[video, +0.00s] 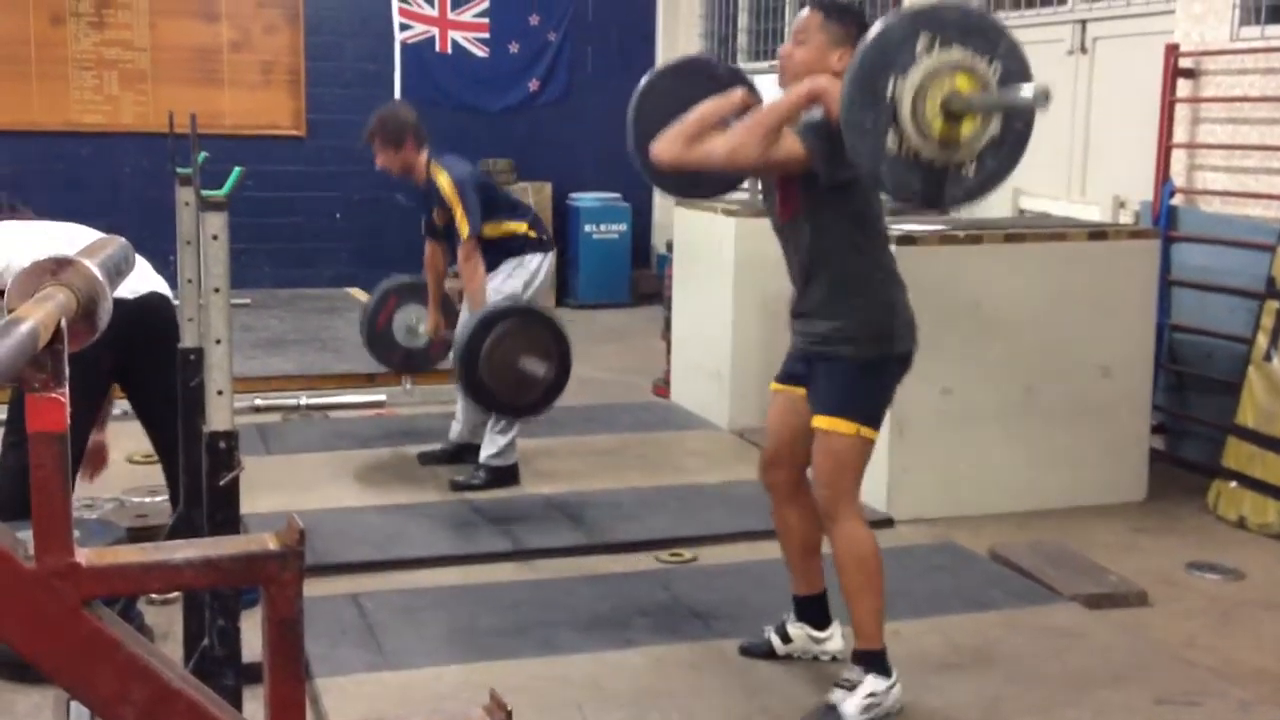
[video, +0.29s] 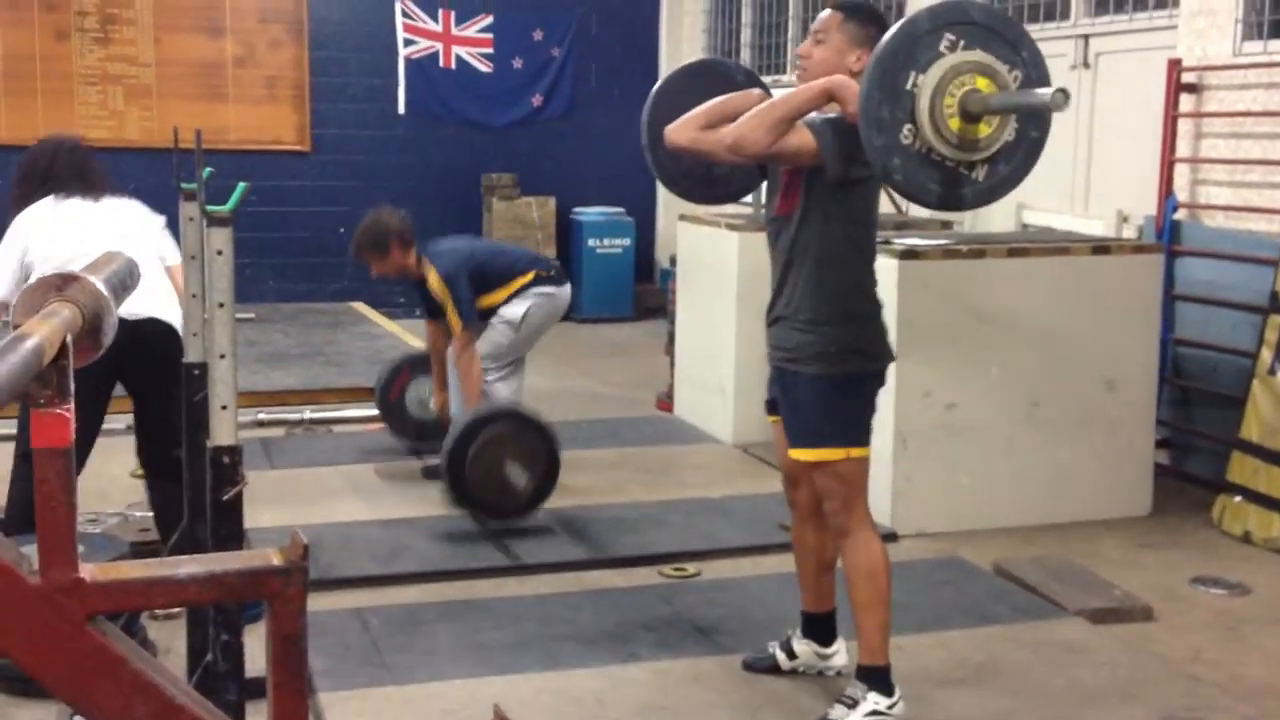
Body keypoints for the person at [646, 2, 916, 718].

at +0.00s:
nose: (783, 50)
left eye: (799, 39)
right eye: (788, 38)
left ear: (839, 57)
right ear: (796, 55)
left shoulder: (838, 125)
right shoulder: (779, 122)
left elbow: (738, 155)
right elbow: (666, 152)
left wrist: (803, 93)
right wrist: (734, 98)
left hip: (864, 334)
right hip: (813, 330)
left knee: (834, 492)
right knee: (780, 474)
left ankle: (875, 669)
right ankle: (813, 624)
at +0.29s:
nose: (800, 51)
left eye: (817, 39)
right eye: (806, 39)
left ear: (856, 58)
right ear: (835, 57)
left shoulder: (849, 132)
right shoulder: (797, 135)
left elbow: (747, 141)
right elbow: (681, 134)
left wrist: (827, 87)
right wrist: (772, 95)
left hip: (836, 350)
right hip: (794, 346)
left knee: (847, 513)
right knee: (804, 497)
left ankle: (878, 685)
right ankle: (819, 643)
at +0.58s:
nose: (812, 63)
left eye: (830, 52)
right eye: (819, 52)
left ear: (870, 74)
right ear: (840, 74)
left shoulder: (859, 145)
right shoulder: (803, 146)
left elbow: (757, 149)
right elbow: (691, 140)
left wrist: (842, 98)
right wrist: (786, 108)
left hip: (834, 365)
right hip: (788, 361)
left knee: (851, 525)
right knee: (806, 511)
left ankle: (878, 699)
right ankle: (817, 655)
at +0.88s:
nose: (815, 73)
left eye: (832, 63)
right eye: (821, 62)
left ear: (874, 84)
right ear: (846, 85)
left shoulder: (865, 153)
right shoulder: (811, 154)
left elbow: (762, 167)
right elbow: (696, 157)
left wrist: (842, 111)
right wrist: (793, 119)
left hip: (838, 374)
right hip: (792, 370)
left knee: (851, 533)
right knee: (806, 519)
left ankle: (873, 702)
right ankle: (814, 660)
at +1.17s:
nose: (811, 79)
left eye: (827, 68)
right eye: (815, 68)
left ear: (868, 87)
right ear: (838, 89)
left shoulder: (863, 159)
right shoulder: (808, 158)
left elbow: (769, 187)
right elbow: (694, 178)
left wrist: (838, 121)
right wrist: (764, 132)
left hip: (842, 379)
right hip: (797, 375)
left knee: (852, 539)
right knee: (805, 521)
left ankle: (869, 704)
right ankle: (810, 665)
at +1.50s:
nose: (790, 101)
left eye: (802, 87)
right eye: (789, 88)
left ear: (848, 88)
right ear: (820, 94)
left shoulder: (874, 169)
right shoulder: (801, 173)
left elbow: (846, 293)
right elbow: (744, 270)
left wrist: (829, 206)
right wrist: (731, 185)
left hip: (863, 383)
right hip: (809, 379)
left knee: (853, 542)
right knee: (802, 523)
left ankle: (870, 707)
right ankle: (809, 669)